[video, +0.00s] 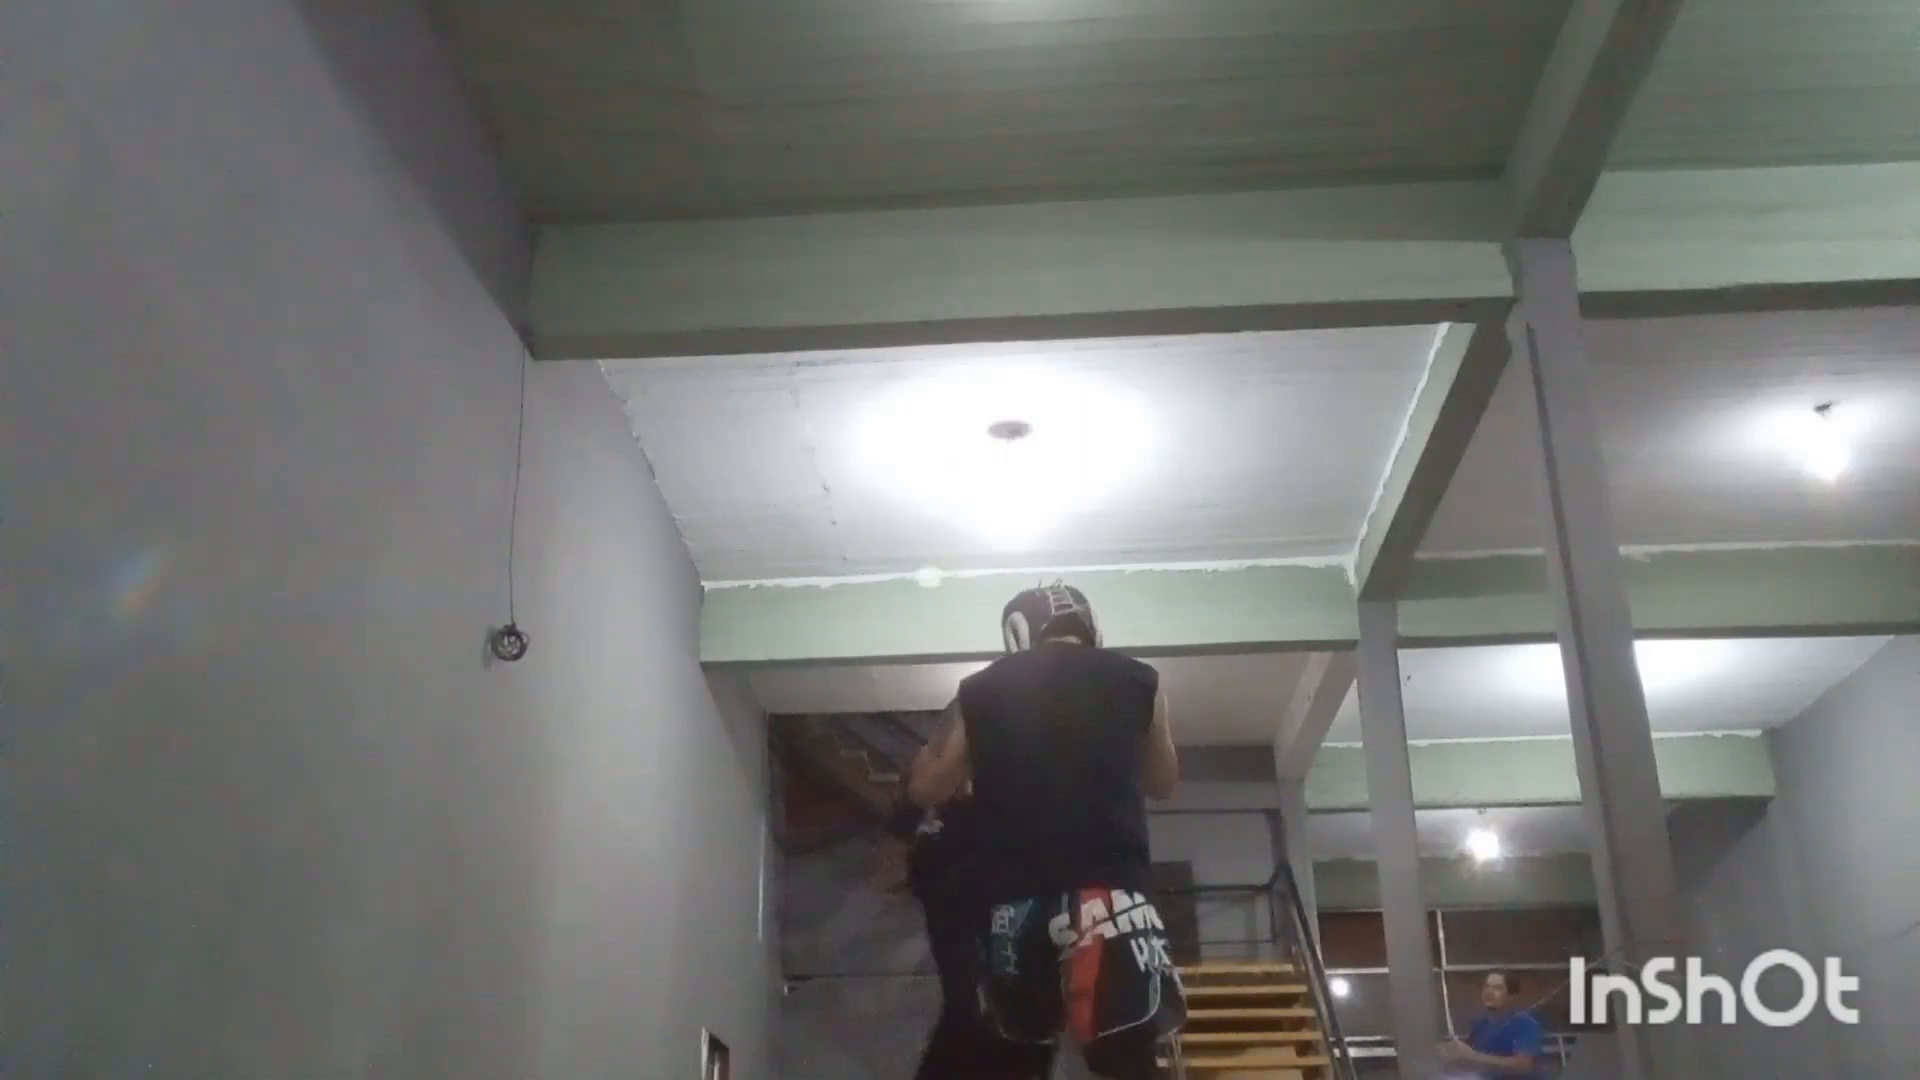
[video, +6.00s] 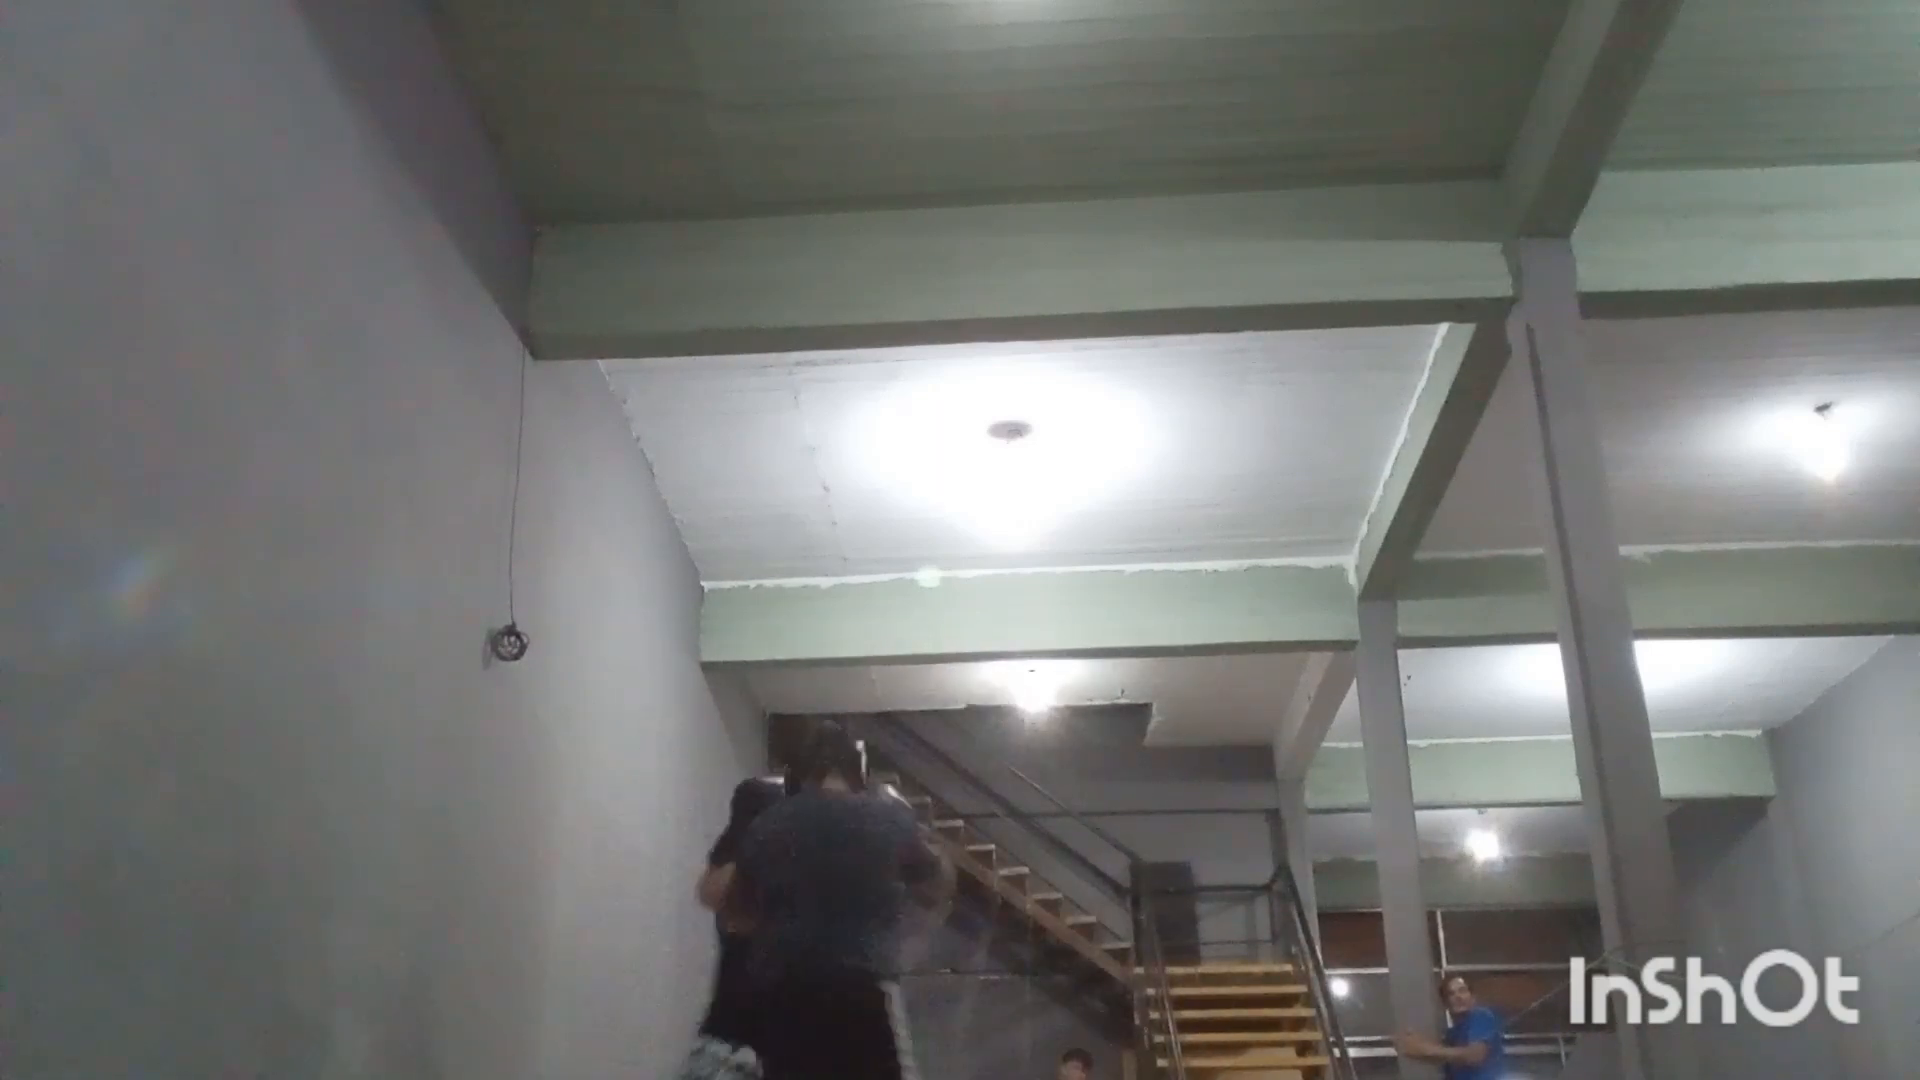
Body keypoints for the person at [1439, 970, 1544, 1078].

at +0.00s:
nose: (1489, 992)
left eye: (1497, 988)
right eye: (1487, 987)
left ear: (1511, 995)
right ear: (1482, 990)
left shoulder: (1525, 1024)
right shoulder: (1481, 1024)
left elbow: (1523, 1065)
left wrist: (1470, 1055)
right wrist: (1455, 1052)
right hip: (1481, 1075)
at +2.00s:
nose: (1470, 993)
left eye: (1476, 987)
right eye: (1467, 989)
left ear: (1494, 992)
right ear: (1464, 996)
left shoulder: (1506, 1019)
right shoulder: (1479, 1026)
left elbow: (1475, 1055)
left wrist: (1432, 1050)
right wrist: (1454, 1049)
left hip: (1515, 1076)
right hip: (1492, 1076)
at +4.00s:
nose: (1451, 994)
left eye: (1456, 989)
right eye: (1447, 991)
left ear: (1466, 992)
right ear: (1443, 996)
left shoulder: (1479, 1018)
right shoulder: (1453, 1029)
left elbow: (1475, 1056)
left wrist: (1426, 1049)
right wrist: (1419, 1048)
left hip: (1483, 1075)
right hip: (1459, 1075)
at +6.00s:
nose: (1458, 997)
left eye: (1462, 991)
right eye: (1451, 994)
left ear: (1471, 995)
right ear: (1445, 1002)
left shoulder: (1481, 1017)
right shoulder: (1453, 1031)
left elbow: (1477, 1055)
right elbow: (1446, 1054)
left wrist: (1427, 1050)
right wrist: (1418, 1046)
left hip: (1485, 1075)